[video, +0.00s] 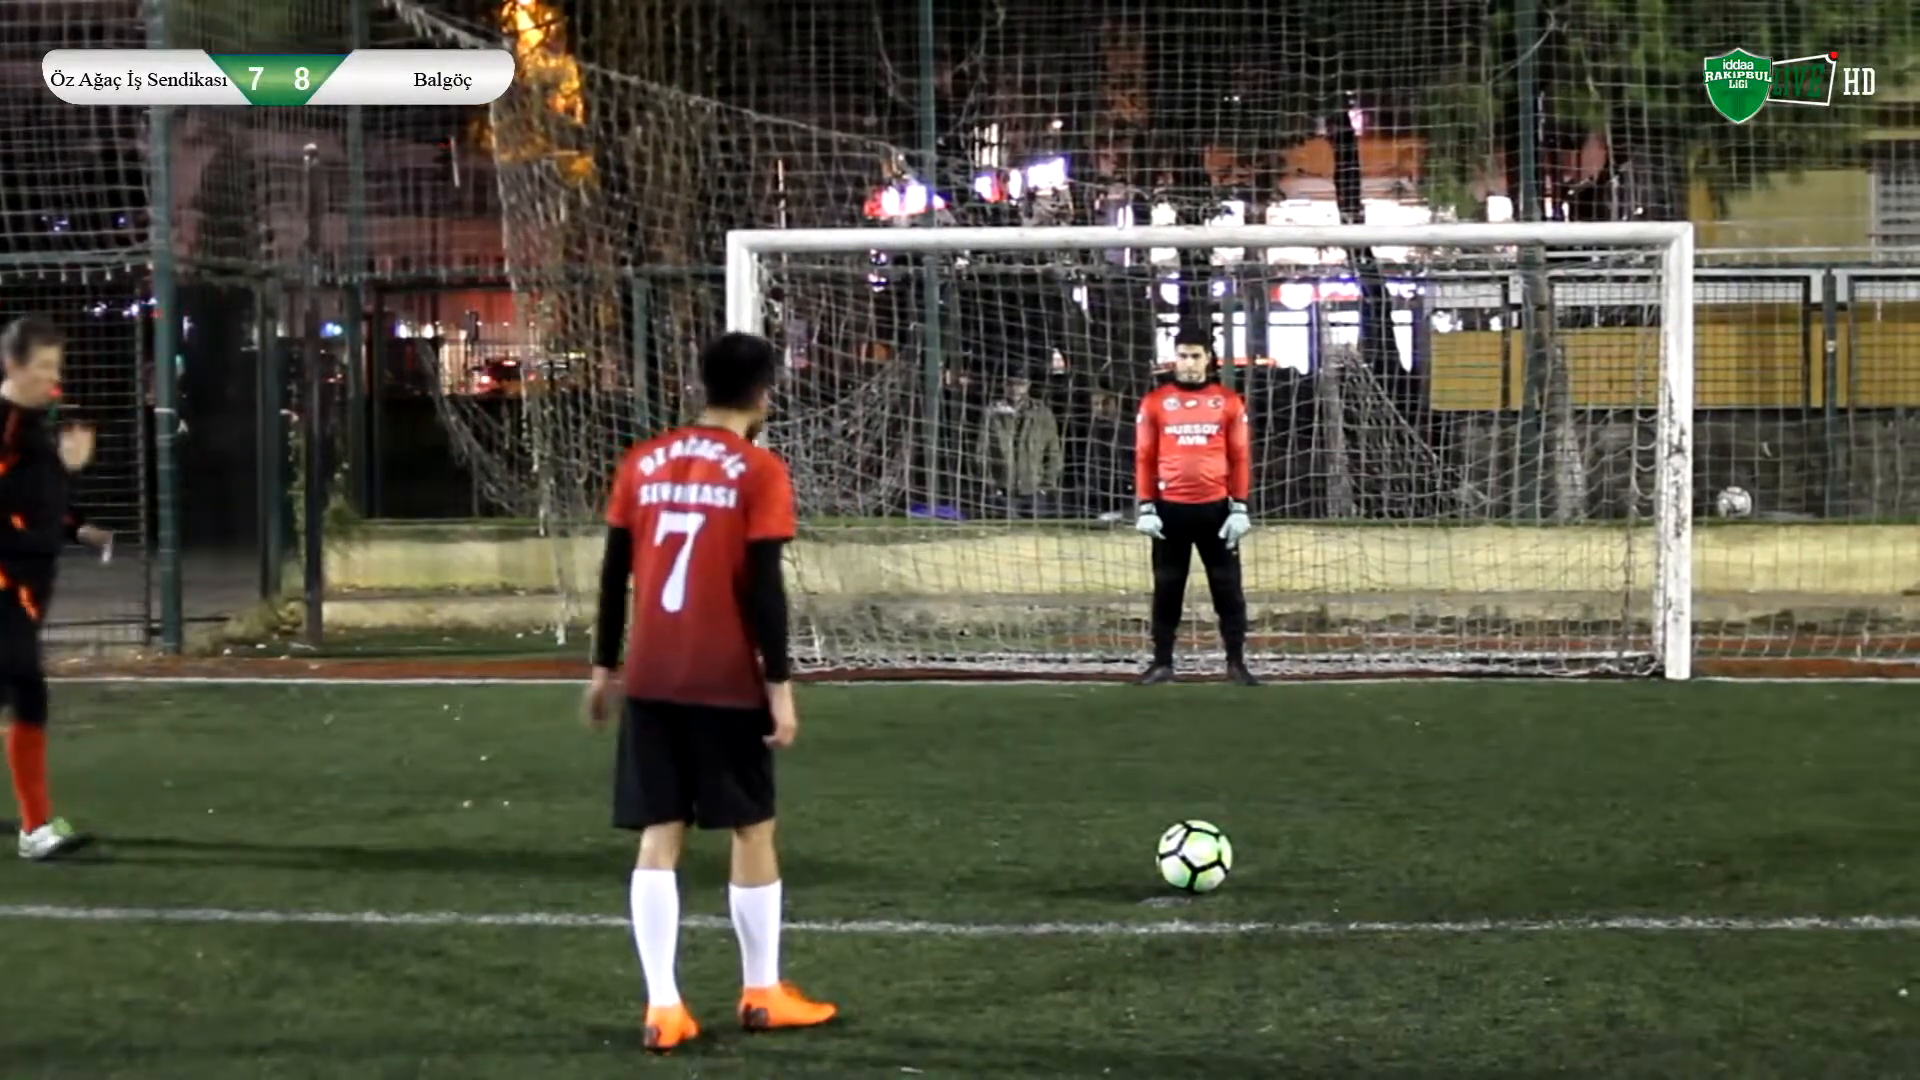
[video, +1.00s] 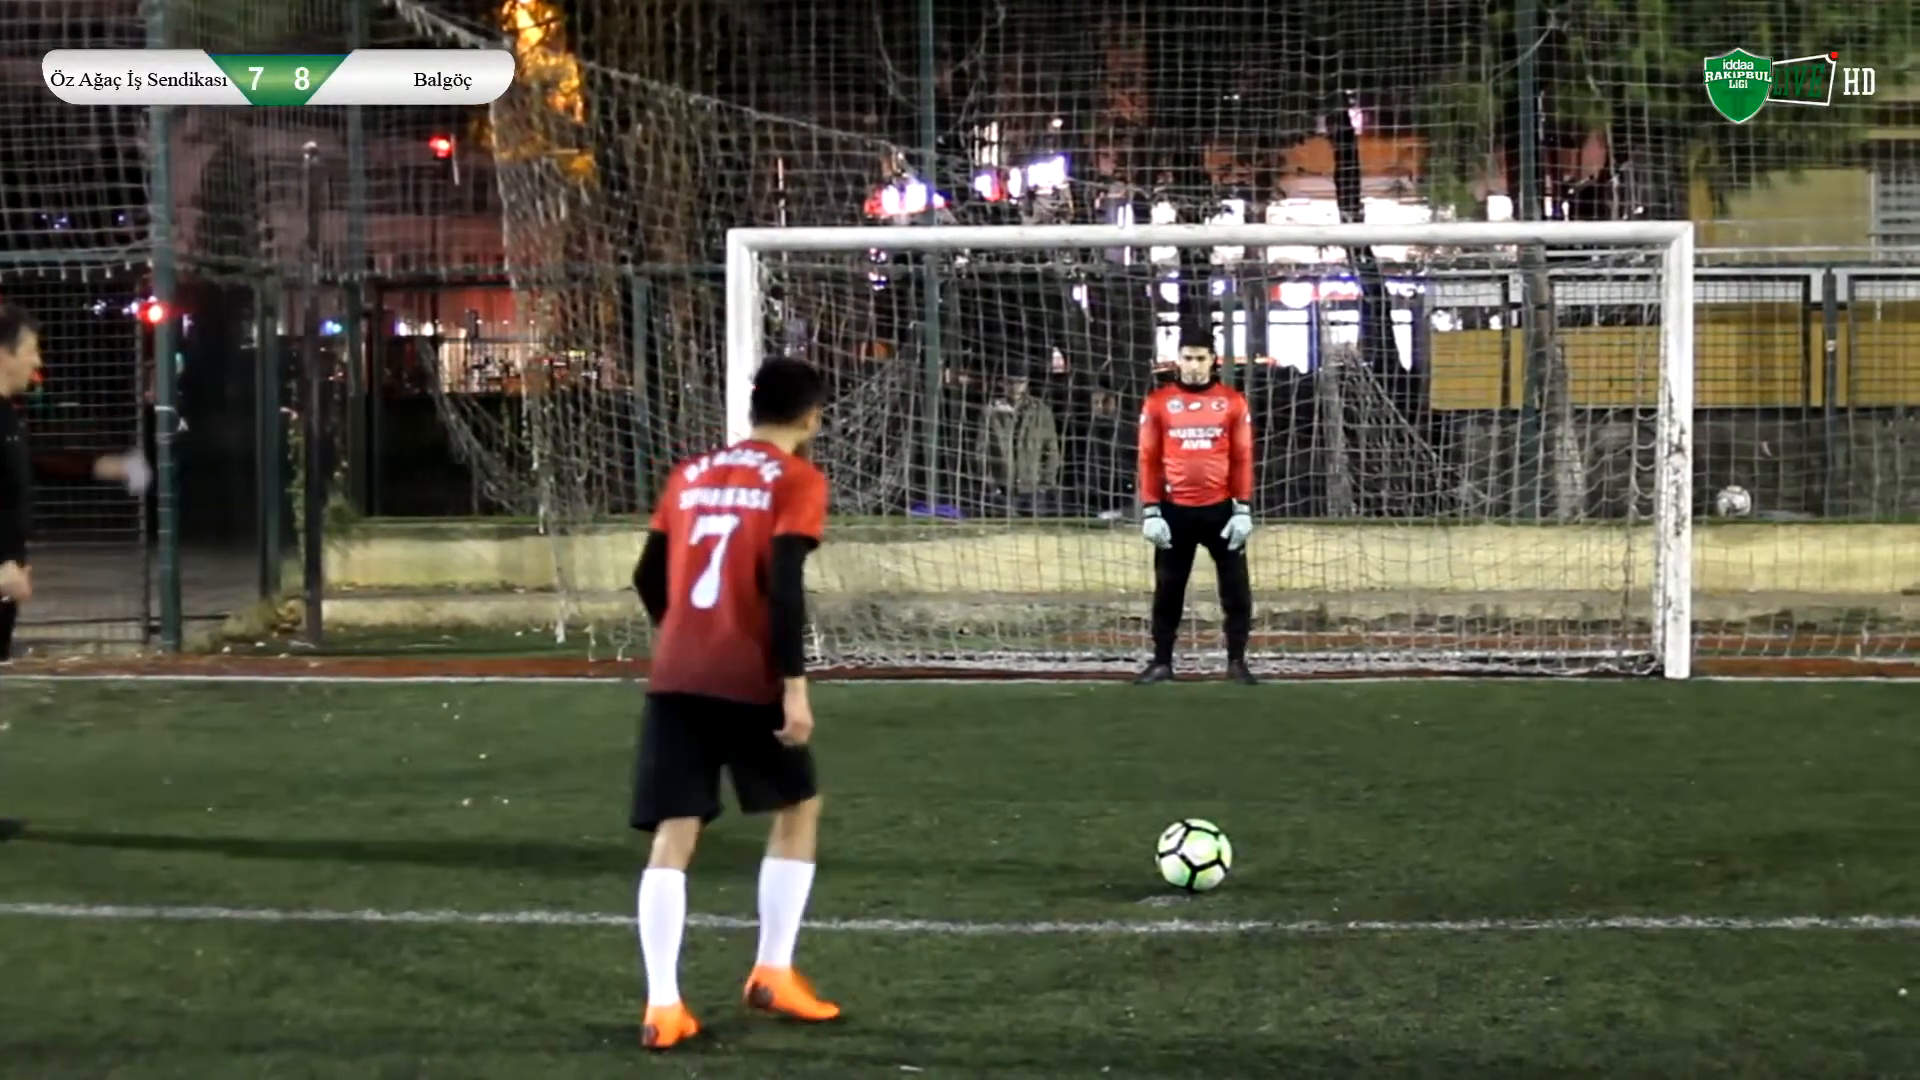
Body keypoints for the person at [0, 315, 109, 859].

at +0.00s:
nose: (55, 380)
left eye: (57, 369)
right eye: (46, 368)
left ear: (48, 369)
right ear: (14, 367)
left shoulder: (34, 425)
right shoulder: (9, 426)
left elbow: (40, 503)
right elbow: (14, 514)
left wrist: (80, 531)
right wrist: (61, 469)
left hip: (29, 579)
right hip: (8, 583)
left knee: (23, 691)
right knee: (26, 690)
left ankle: (37, 821)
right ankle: (35, 822)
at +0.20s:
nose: (52, 377)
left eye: (54, 365)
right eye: (44, 365)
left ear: (23, 367)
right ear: (13, 365)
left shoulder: (26, 422)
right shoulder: (9, 423)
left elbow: (31, 503)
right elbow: (11, 508)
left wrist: (79, 522)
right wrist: (55, 499)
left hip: (17, 581)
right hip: (4, 583)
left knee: (15, 692)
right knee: (16, 692)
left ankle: (15, 813)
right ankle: (12, 814)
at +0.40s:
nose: (44, 376)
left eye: (45, 364)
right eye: (38, 363)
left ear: (20, 363)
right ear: (6, 361)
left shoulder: (18, 419)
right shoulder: (3, 421)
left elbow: (46, 478)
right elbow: (0, 505)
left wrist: (114, 482)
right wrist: (36, 524)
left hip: (12, 585)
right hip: (1, 588)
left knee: (9, 693)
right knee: (7, 694)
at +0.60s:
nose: (42, 372)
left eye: (42, 361)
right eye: (36, 360)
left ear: (18, 361)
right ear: (6, 360)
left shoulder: (19, 417)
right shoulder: (3, 421)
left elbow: (59, 448)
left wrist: (129, 433)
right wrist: (26, 545)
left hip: (13, 591)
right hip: (4, 595)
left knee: (1, 695)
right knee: (0, 698)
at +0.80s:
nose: (39, 365)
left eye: (40, 353)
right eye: (33, 352)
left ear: (11, 357)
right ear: (6, 355)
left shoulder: (13, 414)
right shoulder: (2, 416)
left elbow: (56, 443)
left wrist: (119, 428)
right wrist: (12, 557)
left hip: (6, 575)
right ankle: (0, 816)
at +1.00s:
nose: (37, 368)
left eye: (37, 356)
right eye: (31, 355)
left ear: (15, 356)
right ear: (5, 355)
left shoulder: (12, 416)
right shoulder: (4, 420)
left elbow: (32, 465)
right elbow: (6, 486)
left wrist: (99, 468)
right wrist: (6, 561)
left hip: (8, 575)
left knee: (3, 666)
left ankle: (2, 818)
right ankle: (1, 819)